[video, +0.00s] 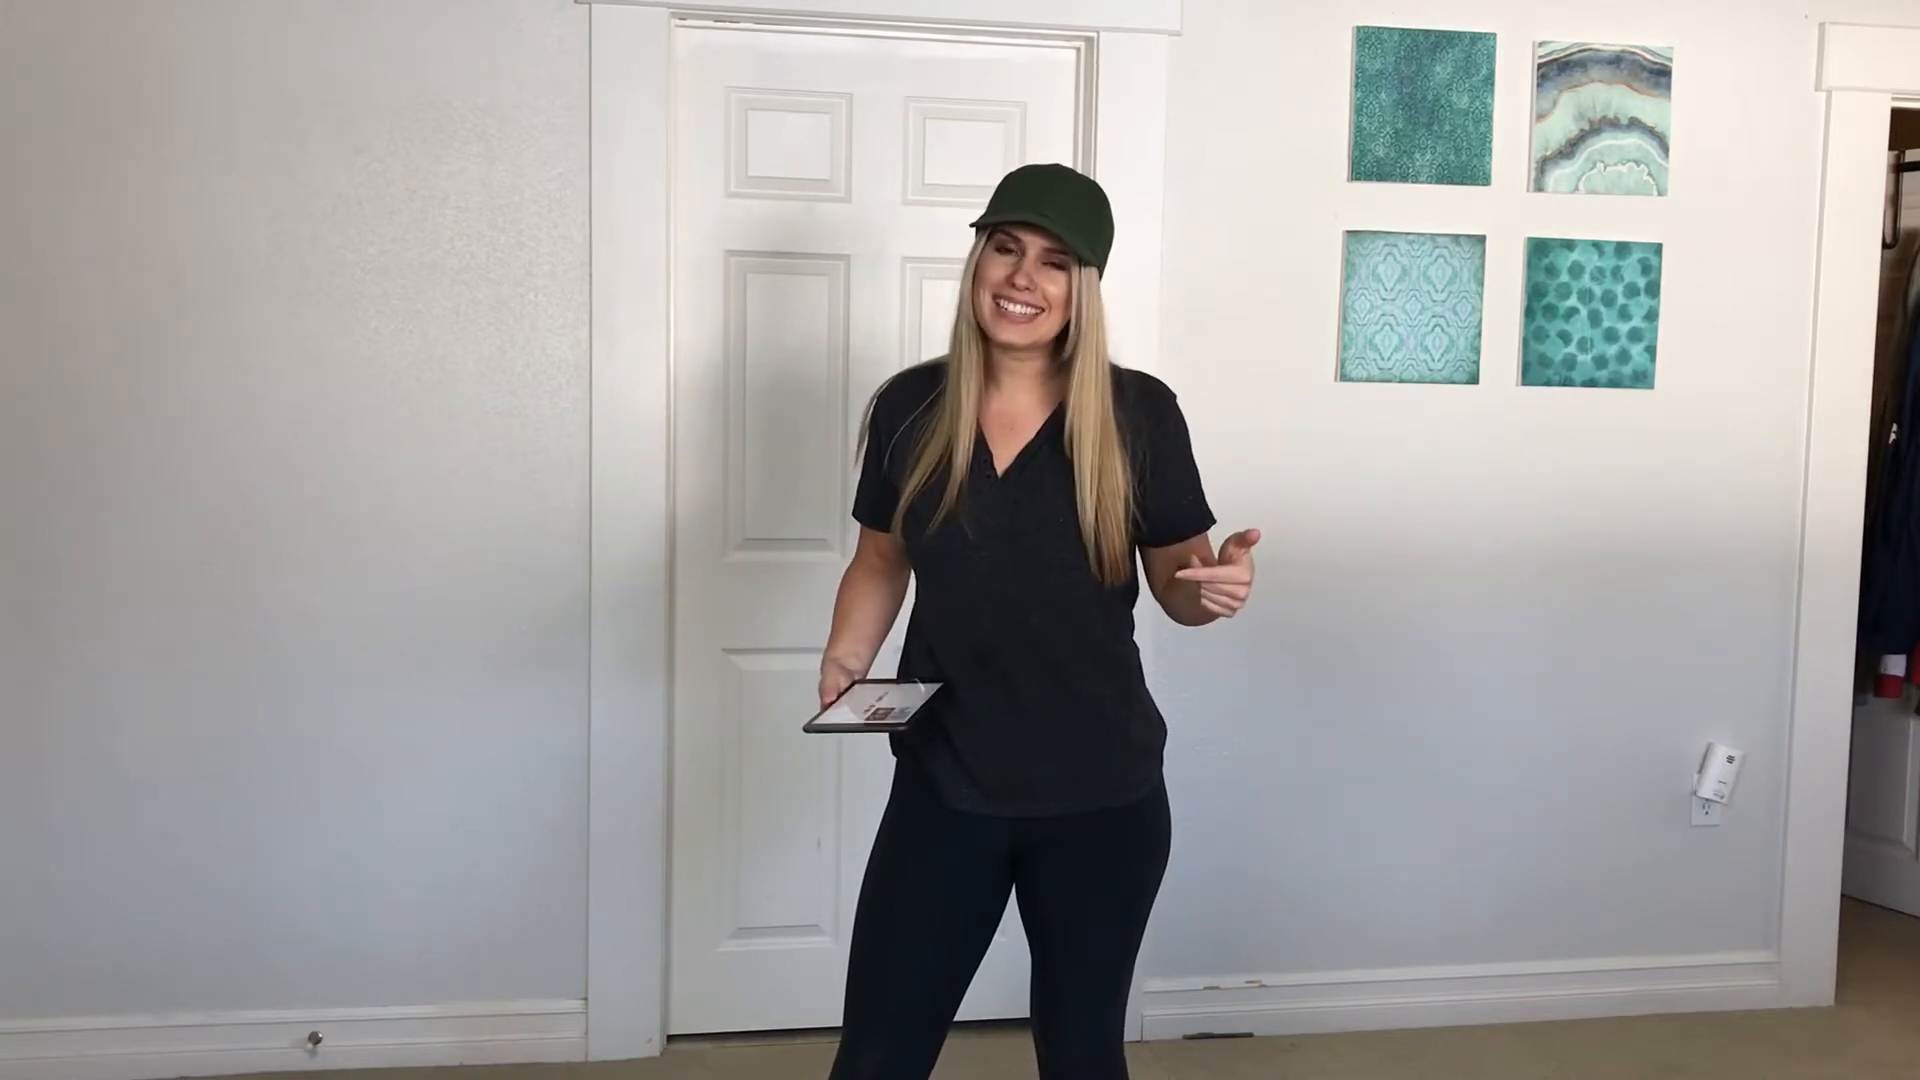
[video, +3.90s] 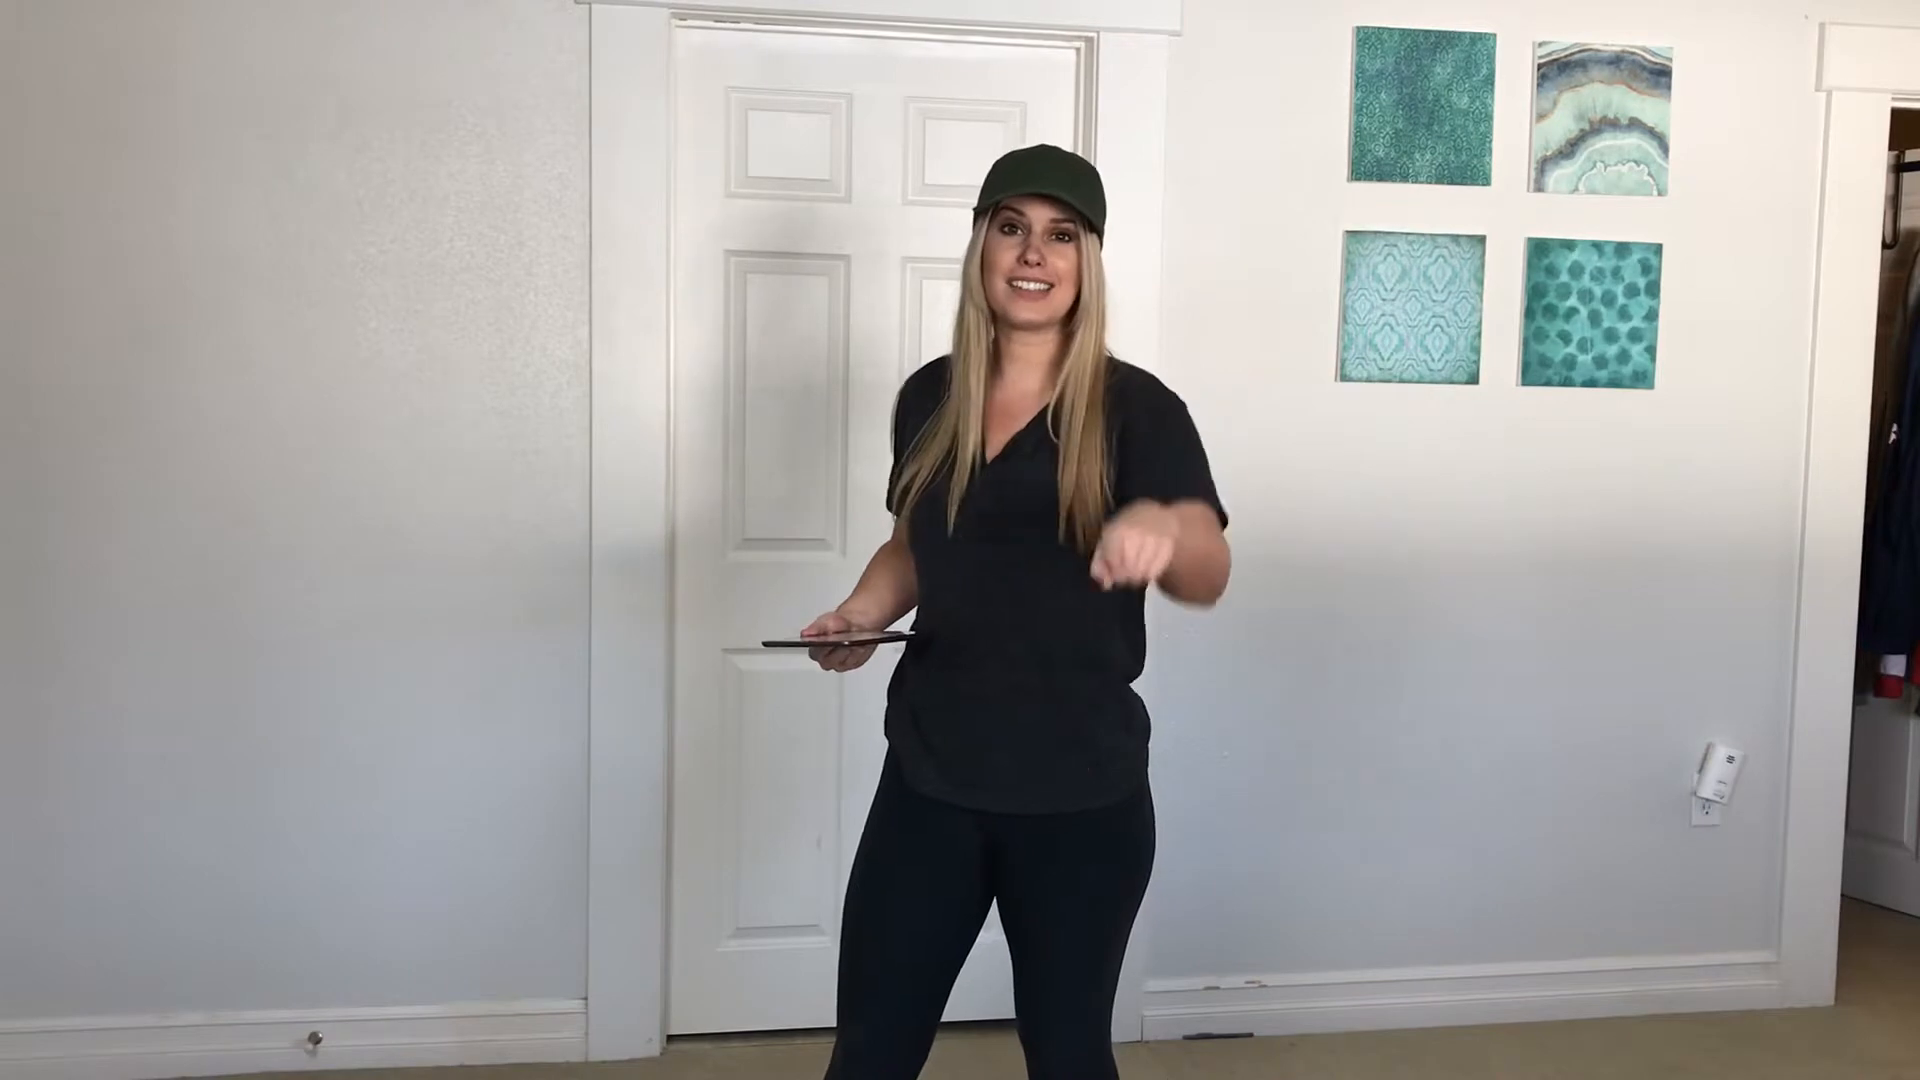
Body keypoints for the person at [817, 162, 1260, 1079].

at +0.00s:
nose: (1022, 277)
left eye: (1053, 262)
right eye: (1006, 249)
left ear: (1084, 288)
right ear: (975, 260)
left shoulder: (1136, 412)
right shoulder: (911, 407)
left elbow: (1175, 583)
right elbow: (879, 562)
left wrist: (1217, 583)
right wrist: (845, 659)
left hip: (1099, 793)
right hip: (946, 787)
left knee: (1080, 1055)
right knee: (876, 1057)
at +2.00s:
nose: (1023, 258)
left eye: (1052, 248)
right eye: (1008, 230)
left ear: (1072, 283)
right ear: (970, 247)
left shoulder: (1116, 402)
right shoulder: (888, 414)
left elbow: (1191, 562)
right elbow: (853, 573)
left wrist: (1144, 565)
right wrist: (828, 666)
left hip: (1100, 792)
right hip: (945, 791)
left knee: (1081, 1055)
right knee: (878, 1056)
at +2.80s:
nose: (1003, 261)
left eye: (1033, 246)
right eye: (989, 236)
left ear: (1069, 273)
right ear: (963, 253)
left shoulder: (1125, 407)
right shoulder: (921, 411)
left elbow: (1225, 587)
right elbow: (913, 559)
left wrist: (1215, 516)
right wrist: (847, 636)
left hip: (1090, 800)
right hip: (940, 795)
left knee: (1074, 1058)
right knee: (876, 1057)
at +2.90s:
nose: (1024, 252)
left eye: (1051, 236)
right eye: (1004, 228)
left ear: (1077, 269)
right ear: (970, 250)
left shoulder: (1123, 405)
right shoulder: (923, 404)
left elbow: (1271, 534)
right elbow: (908, 552)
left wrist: (1208, 428)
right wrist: (848, 631)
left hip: (1086, 799)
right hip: (937, 793)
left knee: (1072, 1059)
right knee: (874, 1058)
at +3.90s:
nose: (1031, 252)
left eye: (1059, 234)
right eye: (1009, 228)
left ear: (1090, 261)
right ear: (978, 251)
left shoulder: (1140, 409)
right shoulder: (930, 399)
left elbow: (1207, 578)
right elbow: (916, 542)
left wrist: (1163, 527)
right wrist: (865, 609)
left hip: (1079, 798)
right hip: (929, 790)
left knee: (1068, 1056)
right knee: (869, 1056)